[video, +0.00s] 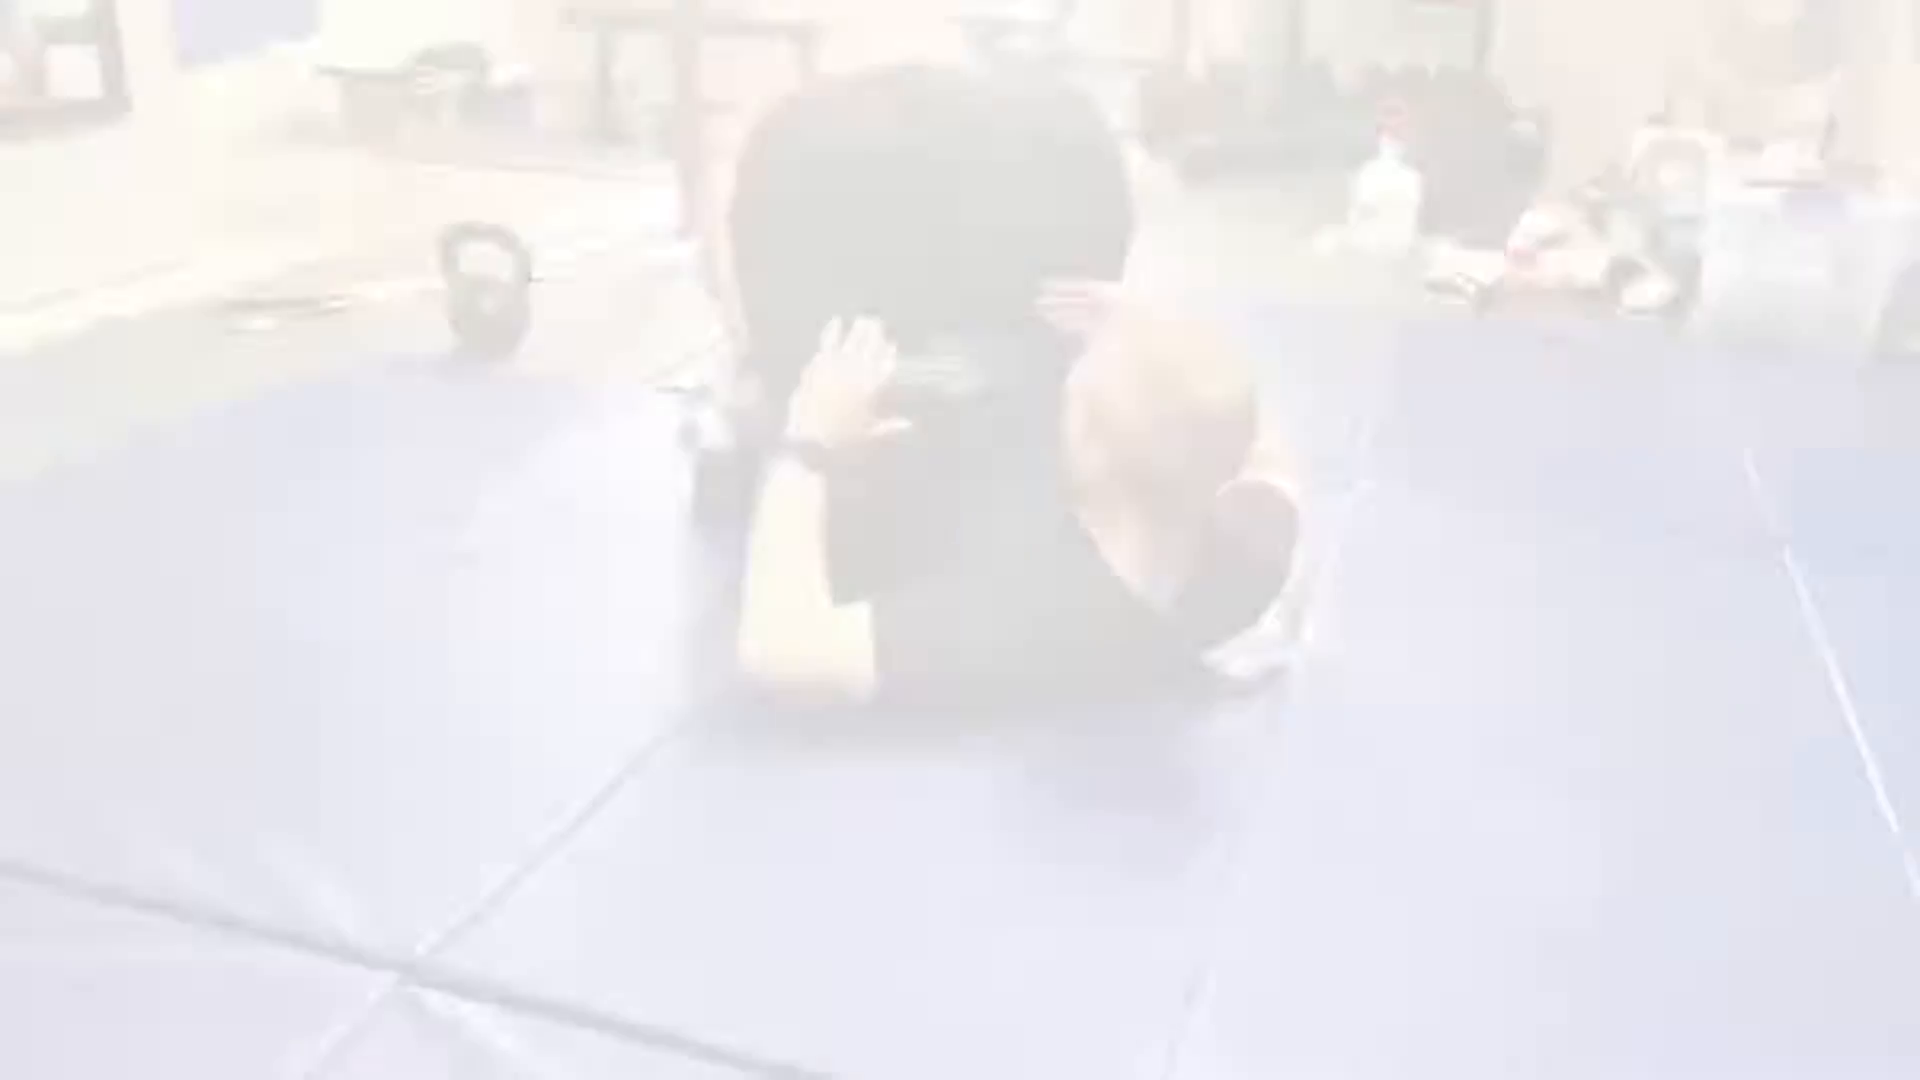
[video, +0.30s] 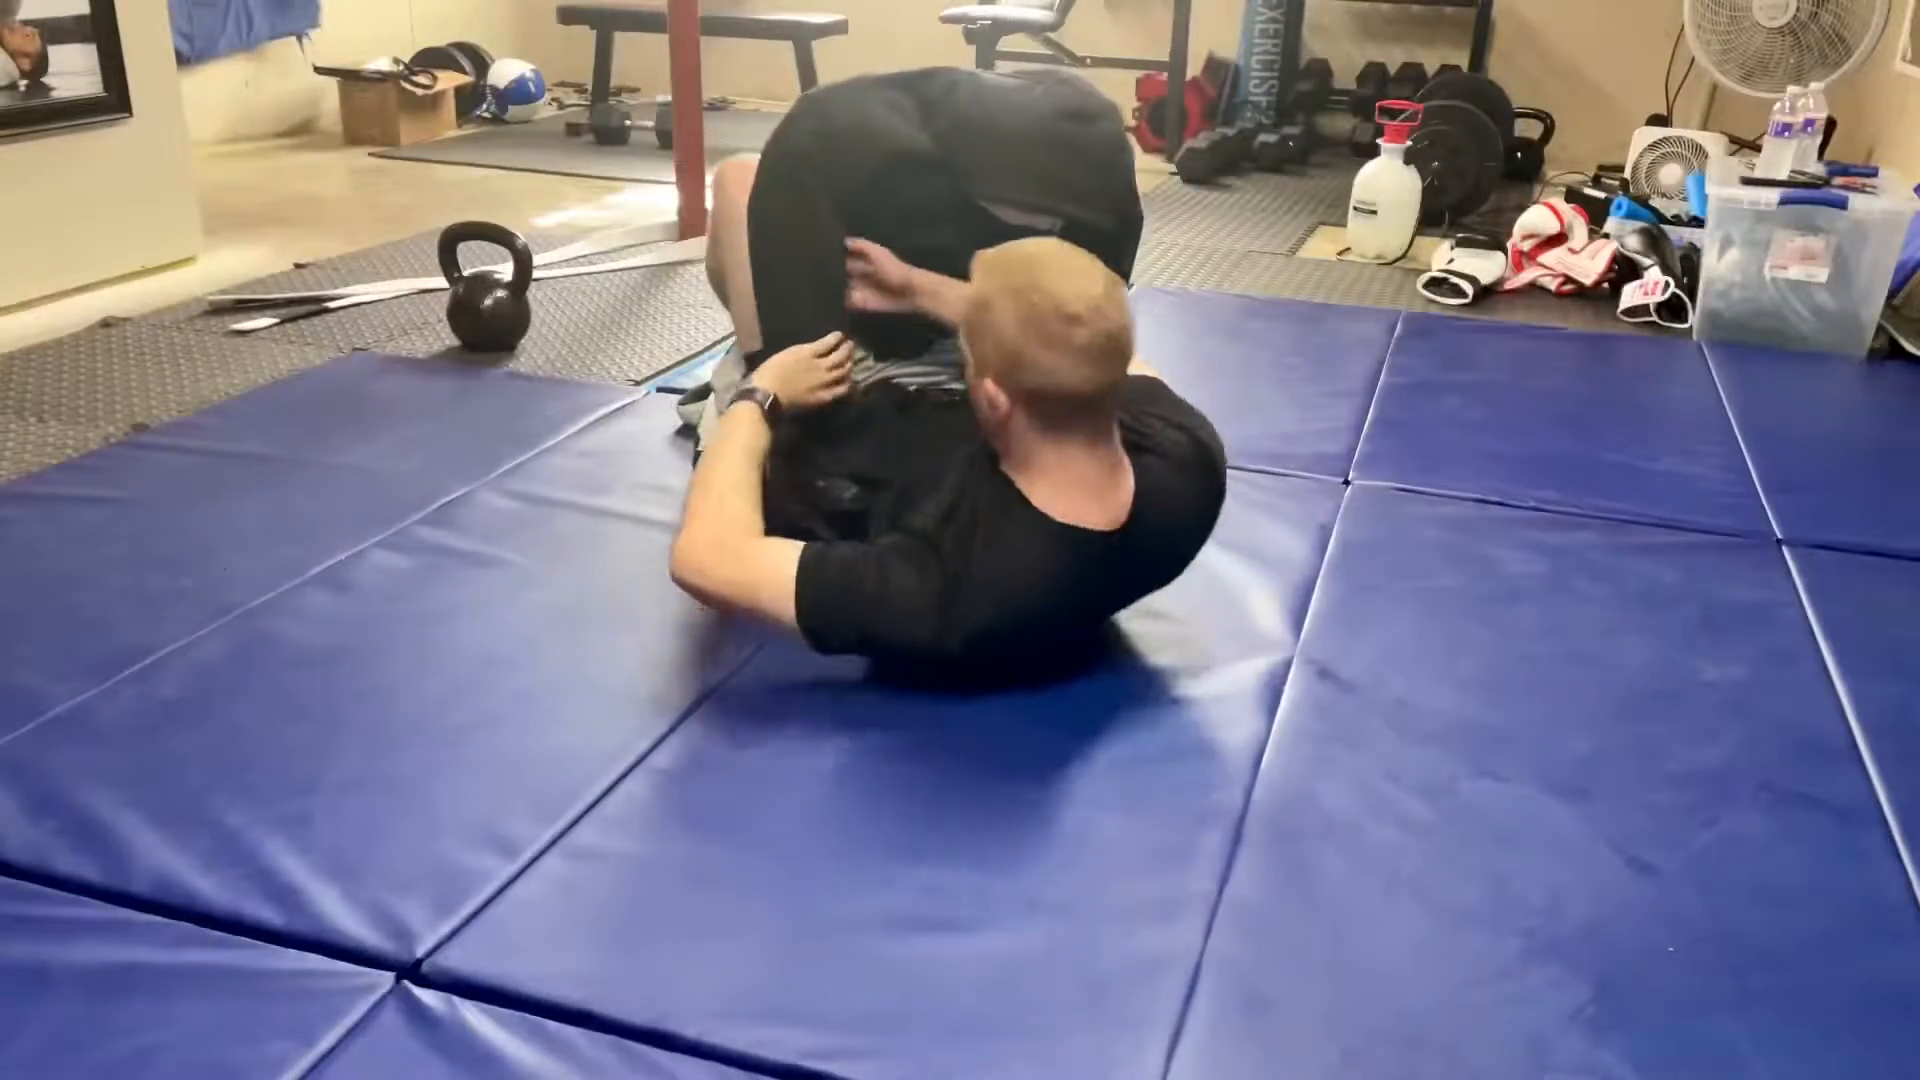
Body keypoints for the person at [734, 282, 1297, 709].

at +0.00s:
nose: (1067, 406)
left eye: (1084, 407)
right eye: (1081, 394)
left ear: (1096, 458)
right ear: (1229, 453)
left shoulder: (1019, 620)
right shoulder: (1250, 569)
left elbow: (781, 652)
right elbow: (1260, 442)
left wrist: (804, 449)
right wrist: (1152, 335)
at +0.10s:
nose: (1051, 389)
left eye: (1058, 388)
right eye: (1059, 376)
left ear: (1079, 458)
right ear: (1214, 434)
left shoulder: (1012, 624)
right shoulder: (1242, 543)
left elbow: (765, 639)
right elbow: (1243, 422)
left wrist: (778, 440)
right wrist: (1092, 327)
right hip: (993, 424)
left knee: (730, 180)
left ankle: (755, 379)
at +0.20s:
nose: (1013, 369)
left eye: (1018, 373)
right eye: (1019, 361)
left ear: (1042, 432)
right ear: (1169, 389)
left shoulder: (980, 615)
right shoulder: (1220, 513)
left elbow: (735, 600)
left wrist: (763, 425)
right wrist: (1020, 315)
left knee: (733, 180)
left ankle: (755, 372)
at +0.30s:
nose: (969, 343)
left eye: (969, 350)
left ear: (997, 401)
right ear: (1110, 339)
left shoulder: (943, 593)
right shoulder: (1189, 465)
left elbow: (706, 559)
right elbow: (1097, 343)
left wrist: (758, 398)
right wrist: (922, 291)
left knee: (740, 177)